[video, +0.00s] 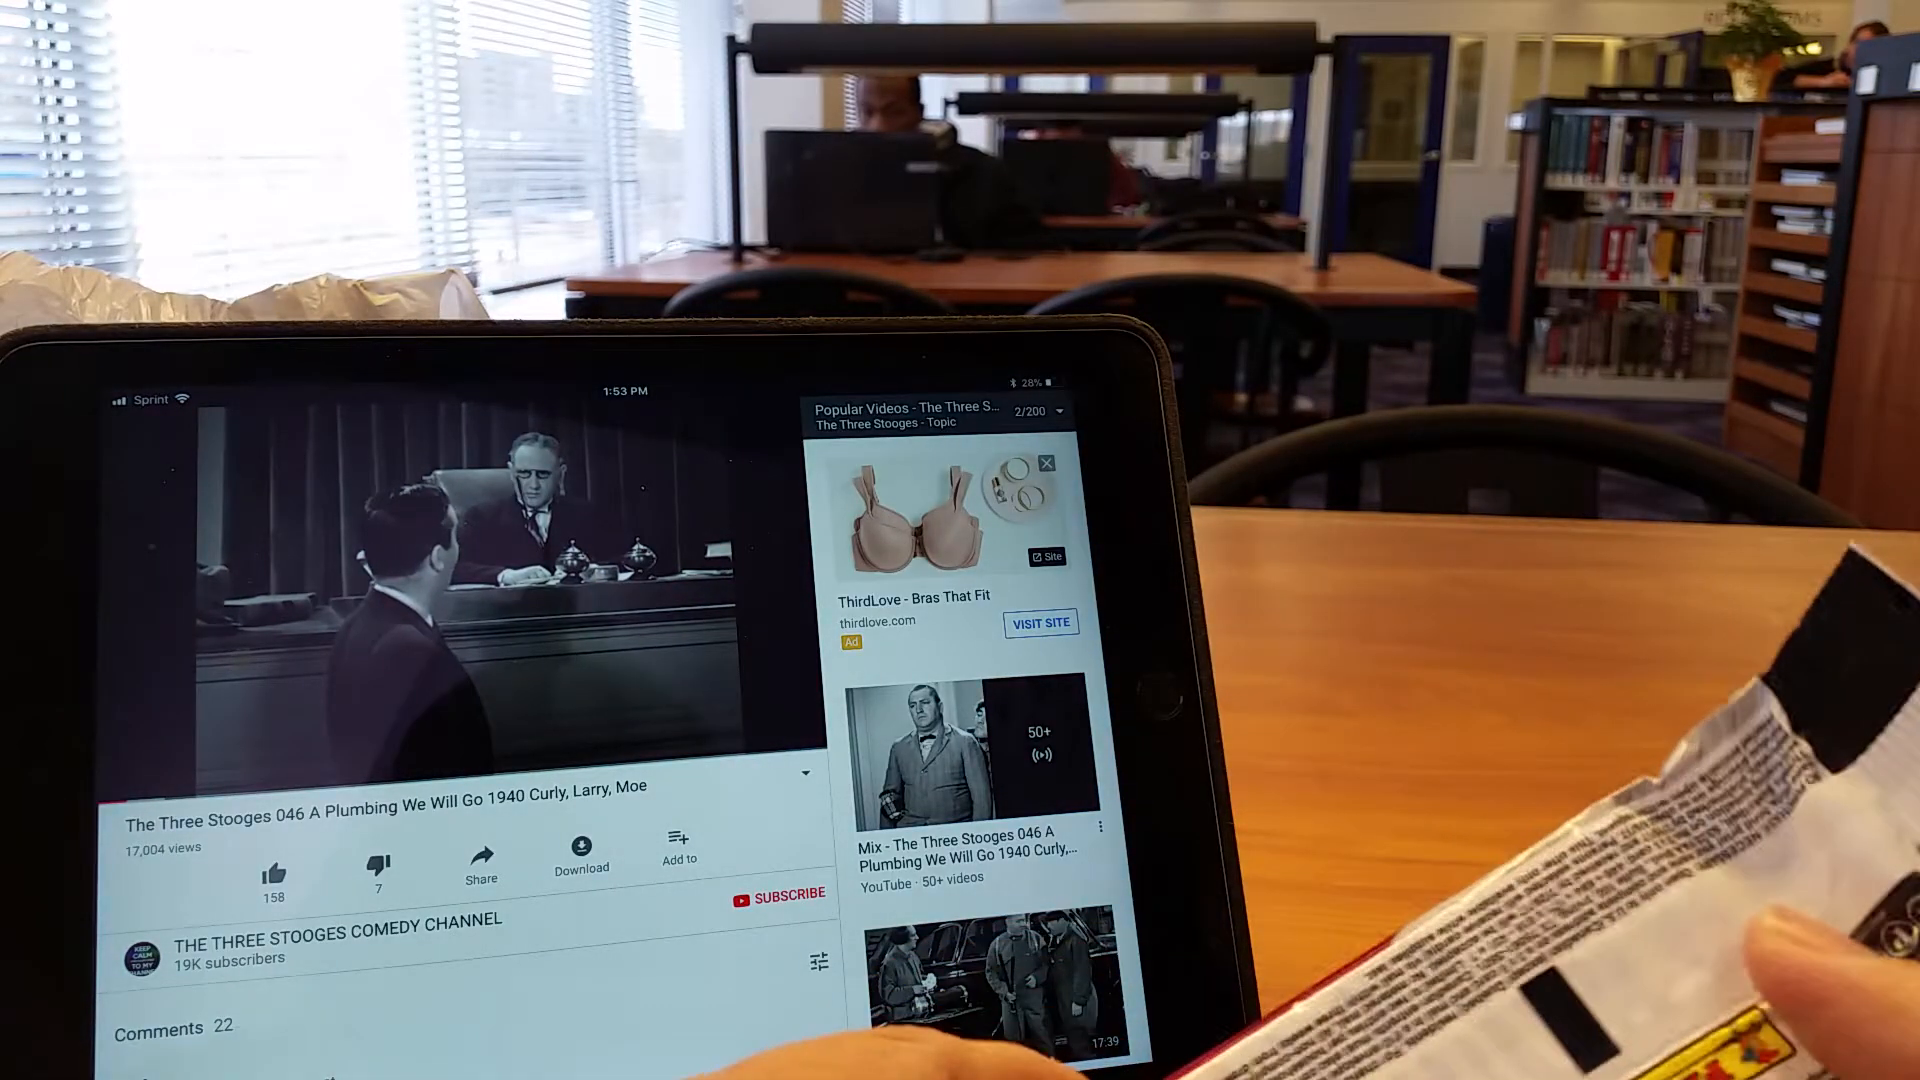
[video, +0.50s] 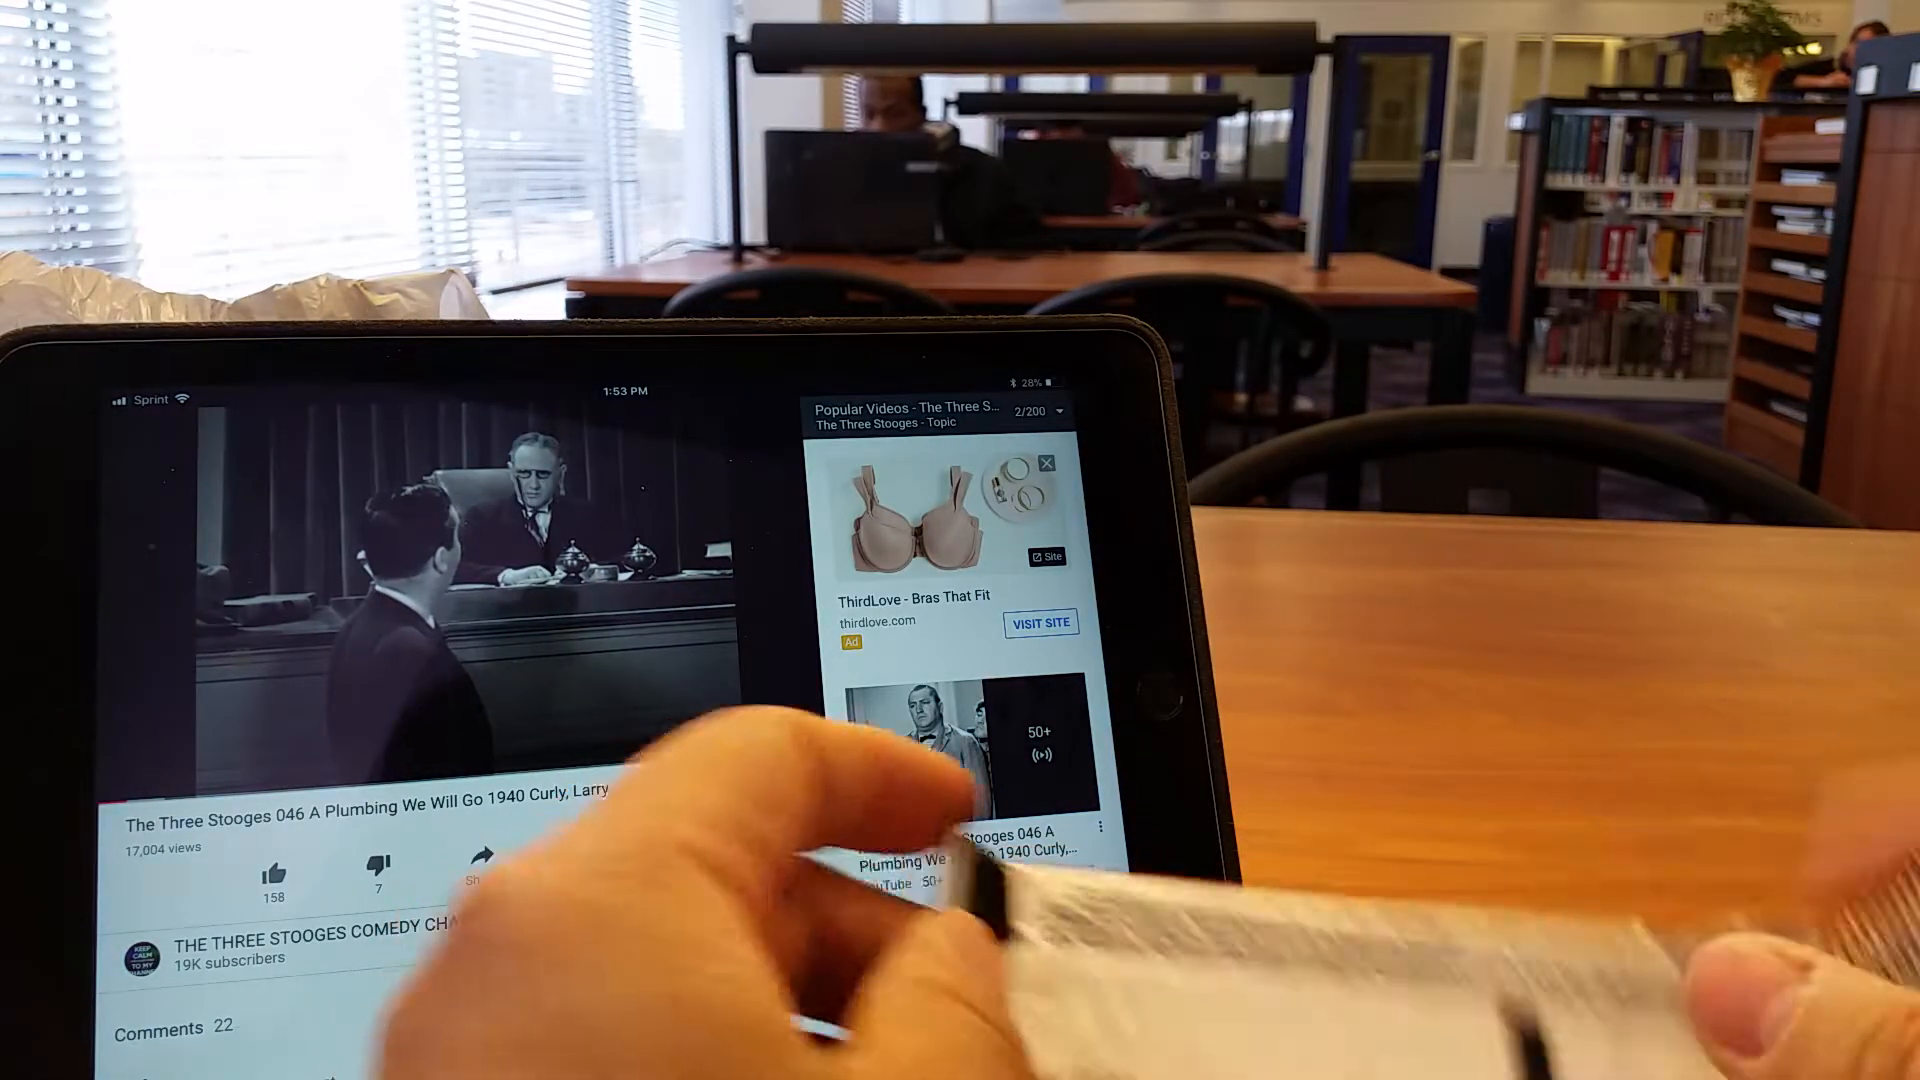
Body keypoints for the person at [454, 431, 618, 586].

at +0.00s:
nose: (533, 485)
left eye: (543, 475)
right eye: (524, 474)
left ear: (561, 473)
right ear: (511, 471)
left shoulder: (584, 515)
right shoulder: (483, 518)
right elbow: (454, 569)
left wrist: (593, 568)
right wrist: (504, 576)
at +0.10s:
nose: (533, 485)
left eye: (543, 475)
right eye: (524, 474)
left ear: (560, 473)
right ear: (511, 470)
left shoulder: (585, 515)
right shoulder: (484, 519)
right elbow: (454, 569)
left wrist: (597, 569)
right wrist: (504, 576)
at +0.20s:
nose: (533, 484)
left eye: (543, 475)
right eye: (524, 474)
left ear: (560, 473)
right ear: (511, 470)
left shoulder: (584, 515)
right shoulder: (483, 519)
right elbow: (453, 568)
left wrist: (594, 568)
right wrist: (504, 576)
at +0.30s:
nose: (533, 484)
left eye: (543, 475)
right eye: (524, 474)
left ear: (561, 473)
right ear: (511, 470)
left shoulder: (585, 516)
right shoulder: (483, 519)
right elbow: (453, 568)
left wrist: (591, 568)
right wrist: (504, 576)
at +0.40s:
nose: (533, 484)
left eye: (543, 475)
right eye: (524, 474)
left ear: (560, 473)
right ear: (511, 471)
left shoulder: (584, 516)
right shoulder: (484, 518)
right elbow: (453, 568)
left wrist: (592, 568)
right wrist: (504, 576)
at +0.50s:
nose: (533, 484)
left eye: (543, 475)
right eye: (524, 474)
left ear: (561, 473)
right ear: (511, 471)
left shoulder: (585, 516)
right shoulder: (484, 518)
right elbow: (455, 568)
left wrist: (591, 568)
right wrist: (505, 576)